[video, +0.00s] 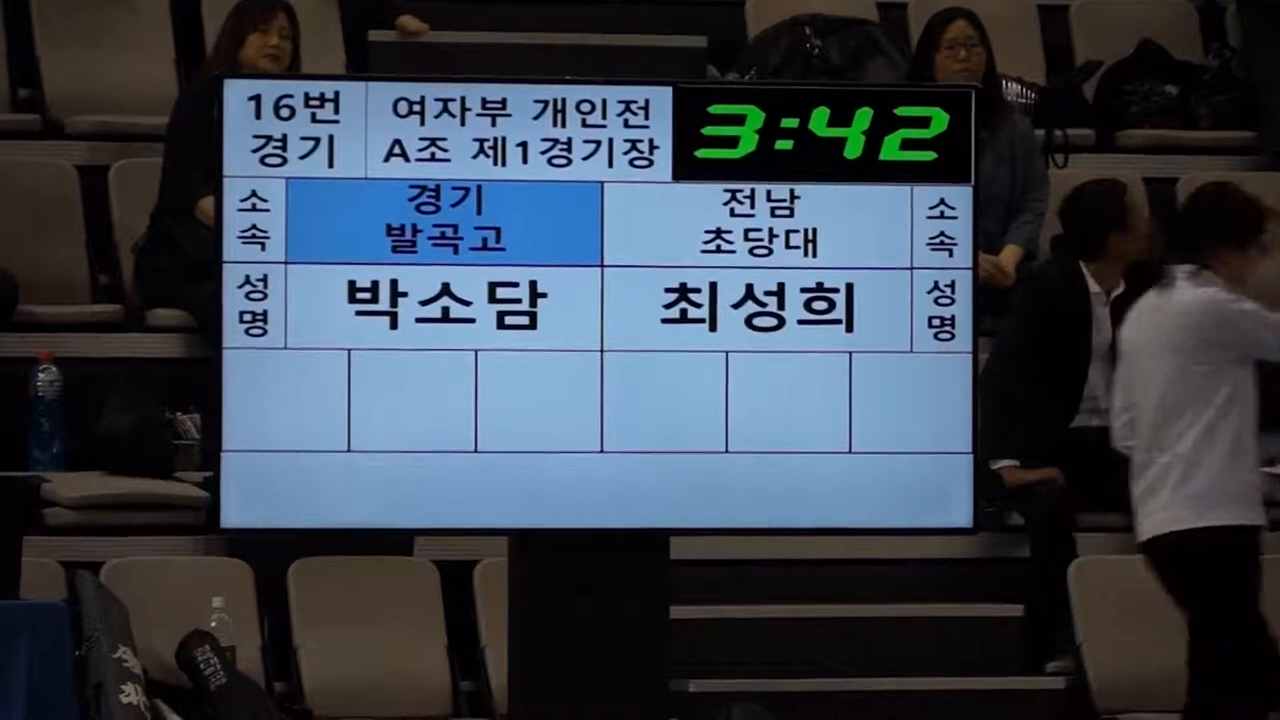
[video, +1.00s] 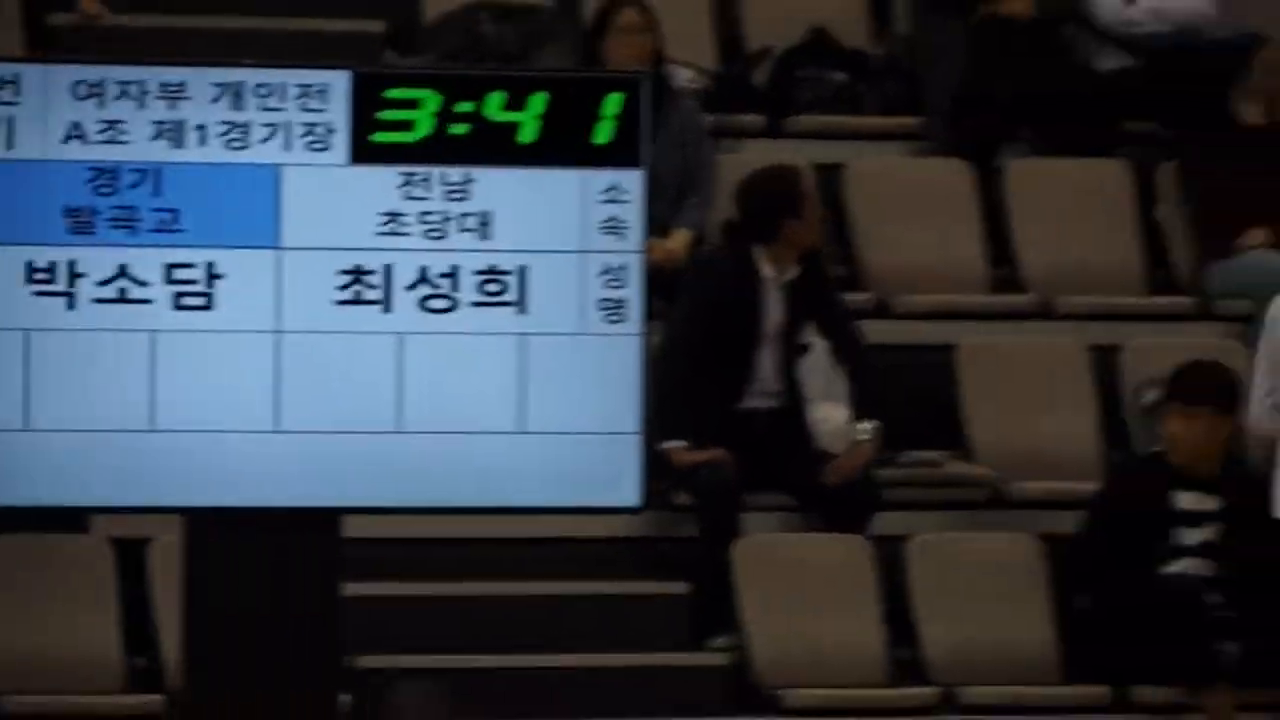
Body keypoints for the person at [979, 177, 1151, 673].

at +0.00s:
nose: (1148, 230)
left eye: (1145, 220)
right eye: (1137, 222)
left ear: (1109, 234)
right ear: (1109, 233)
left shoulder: (1138, 292)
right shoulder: (1046, 286)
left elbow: (1152, 375)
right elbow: (1005, 373)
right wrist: (1007, 460)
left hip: (1115, 444)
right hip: (1048, 446)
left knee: (1164, 487)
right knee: (1052, 506)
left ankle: (1148, 636)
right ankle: (1050, 643)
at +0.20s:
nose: (1150, 231)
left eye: (1146, 222)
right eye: (1140, 224)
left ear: (1118, 236)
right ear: (1112, 235)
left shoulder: (1139, 285)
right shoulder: (1044, 286)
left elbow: (1186, 365)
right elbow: (1001, 376)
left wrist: (1202, 450)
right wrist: (1007, 466)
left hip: (1114, 450)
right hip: (1044, 454)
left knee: (1190, 513)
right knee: (1052, 507)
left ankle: (1170, 648)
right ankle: (1053, 647)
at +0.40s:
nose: (1152, 227)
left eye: (1147, 218)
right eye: (1142, 220)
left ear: (1120, 234)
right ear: (1116, 233)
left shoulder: (1143, 282)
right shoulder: (1046, 283)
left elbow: (1188, 362)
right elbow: (1003, 373)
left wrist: (1204, 447)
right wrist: (1010, 463)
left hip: (1116, 446)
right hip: (1045, 449)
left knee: (1195, 508)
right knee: (1054, 504)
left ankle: (1158, 638)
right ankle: (1055, 643)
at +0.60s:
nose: (1148, 224)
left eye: (1144, 215)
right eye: (1138, 218)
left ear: (1116, 232)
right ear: (1114, 232)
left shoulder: (1139, 280)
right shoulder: (1042, 280)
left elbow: (1184, 359)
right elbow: (999, 371)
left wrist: (1200, 444)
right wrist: (1005, 460)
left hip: (1111, 443)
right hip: (1040, 446)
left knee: (1189, 506)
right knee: (1050, 502)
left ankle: (1153, 636)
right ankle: (1049, 641)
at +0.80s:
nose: (1009, 227)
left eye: (1005, 217)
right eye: (1001, 218)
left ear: (982, 228)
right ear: (978, 227)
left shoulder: (1003, 276)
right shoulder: (907, 275)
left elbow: (1046, 355)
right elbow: (871, 361)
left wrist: (1060, 438)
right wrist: (866, 446)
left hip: (977, 434)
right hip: (909, 434)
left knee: (1041, 499)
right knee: (908, 497)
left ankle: (1020, 628)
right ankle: (907, 630)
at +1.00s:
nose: (818, 221)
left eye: (814, 211)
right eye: (808, 213)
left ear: (790, 224)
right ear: (783, 224)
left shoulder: (810, 277)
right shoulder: (715, 274)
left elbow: (853, 353)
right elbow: (677, 358)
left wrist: (866, 431)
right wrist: (676, 443)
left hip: (785, 428)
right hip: (717, 429)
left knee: (847, 493)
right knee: (718, 491)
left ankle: (839, 623)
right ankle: (716, 622)